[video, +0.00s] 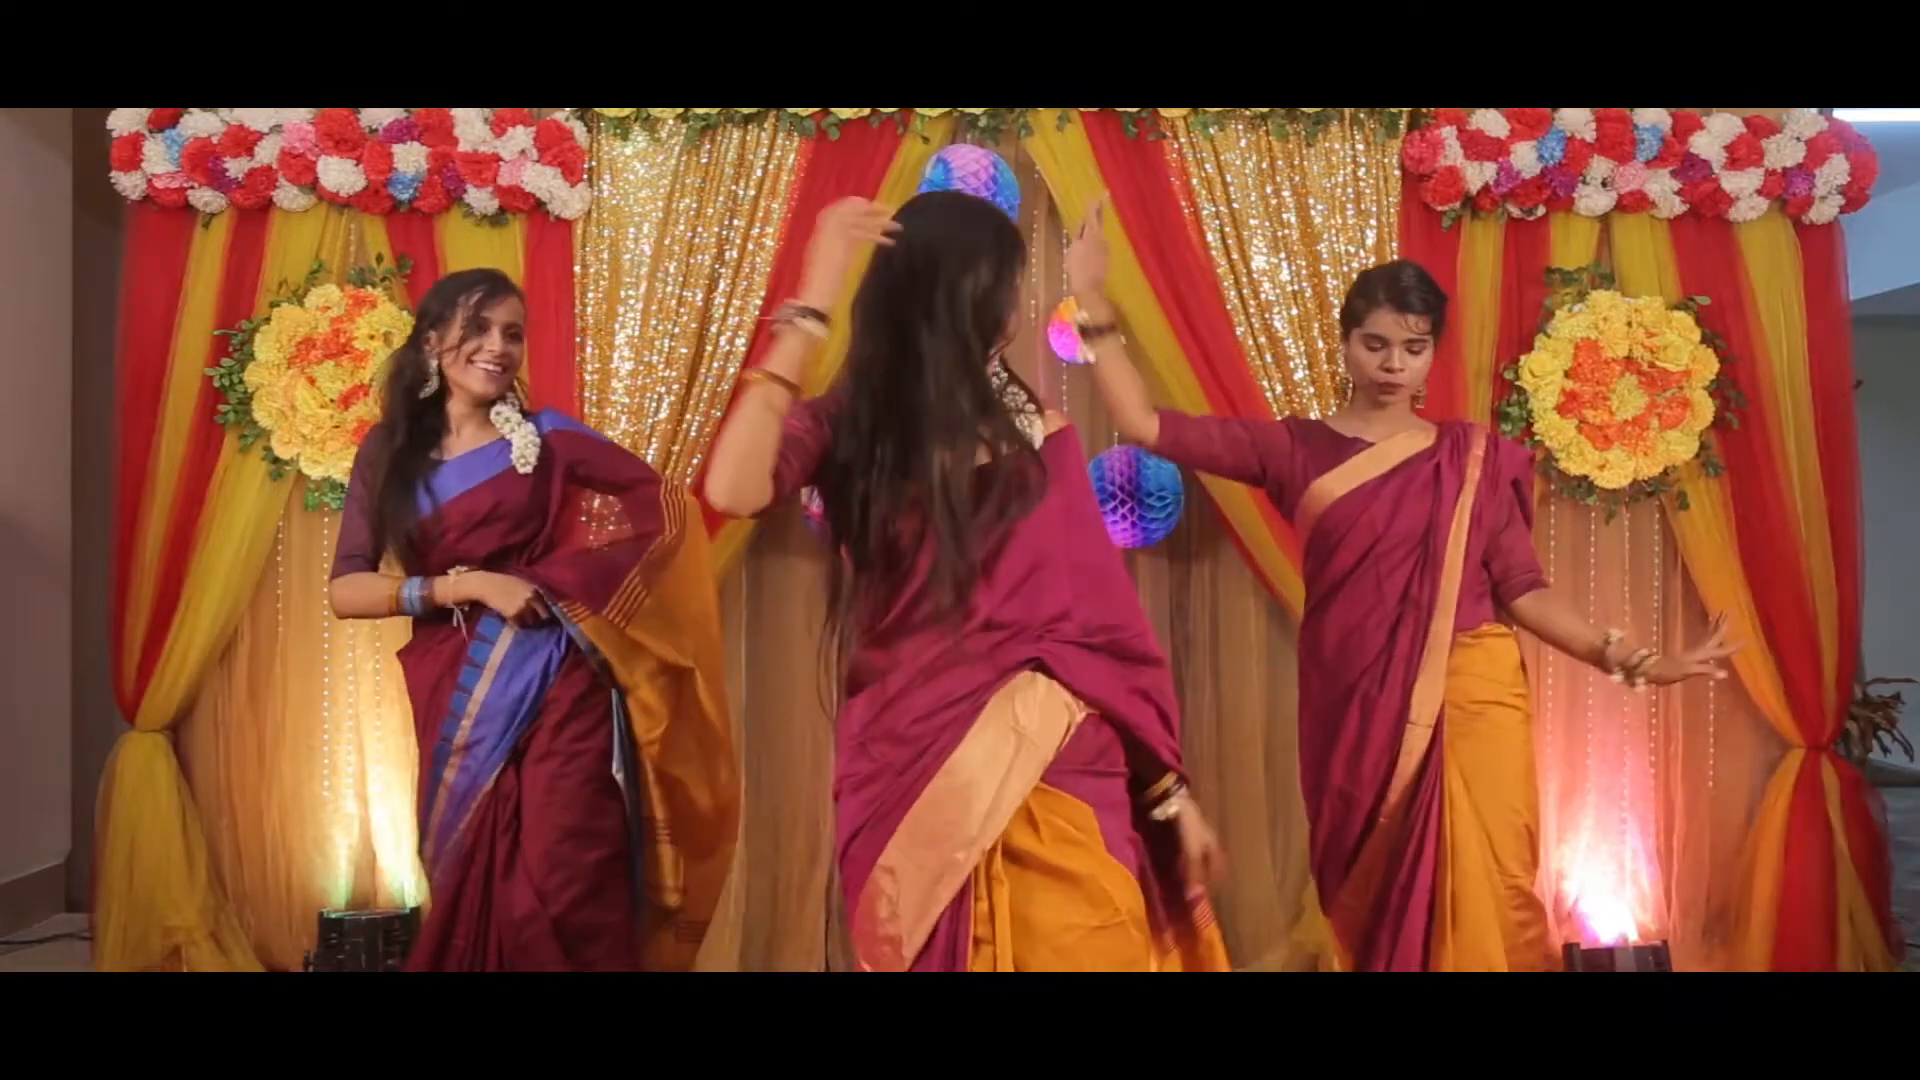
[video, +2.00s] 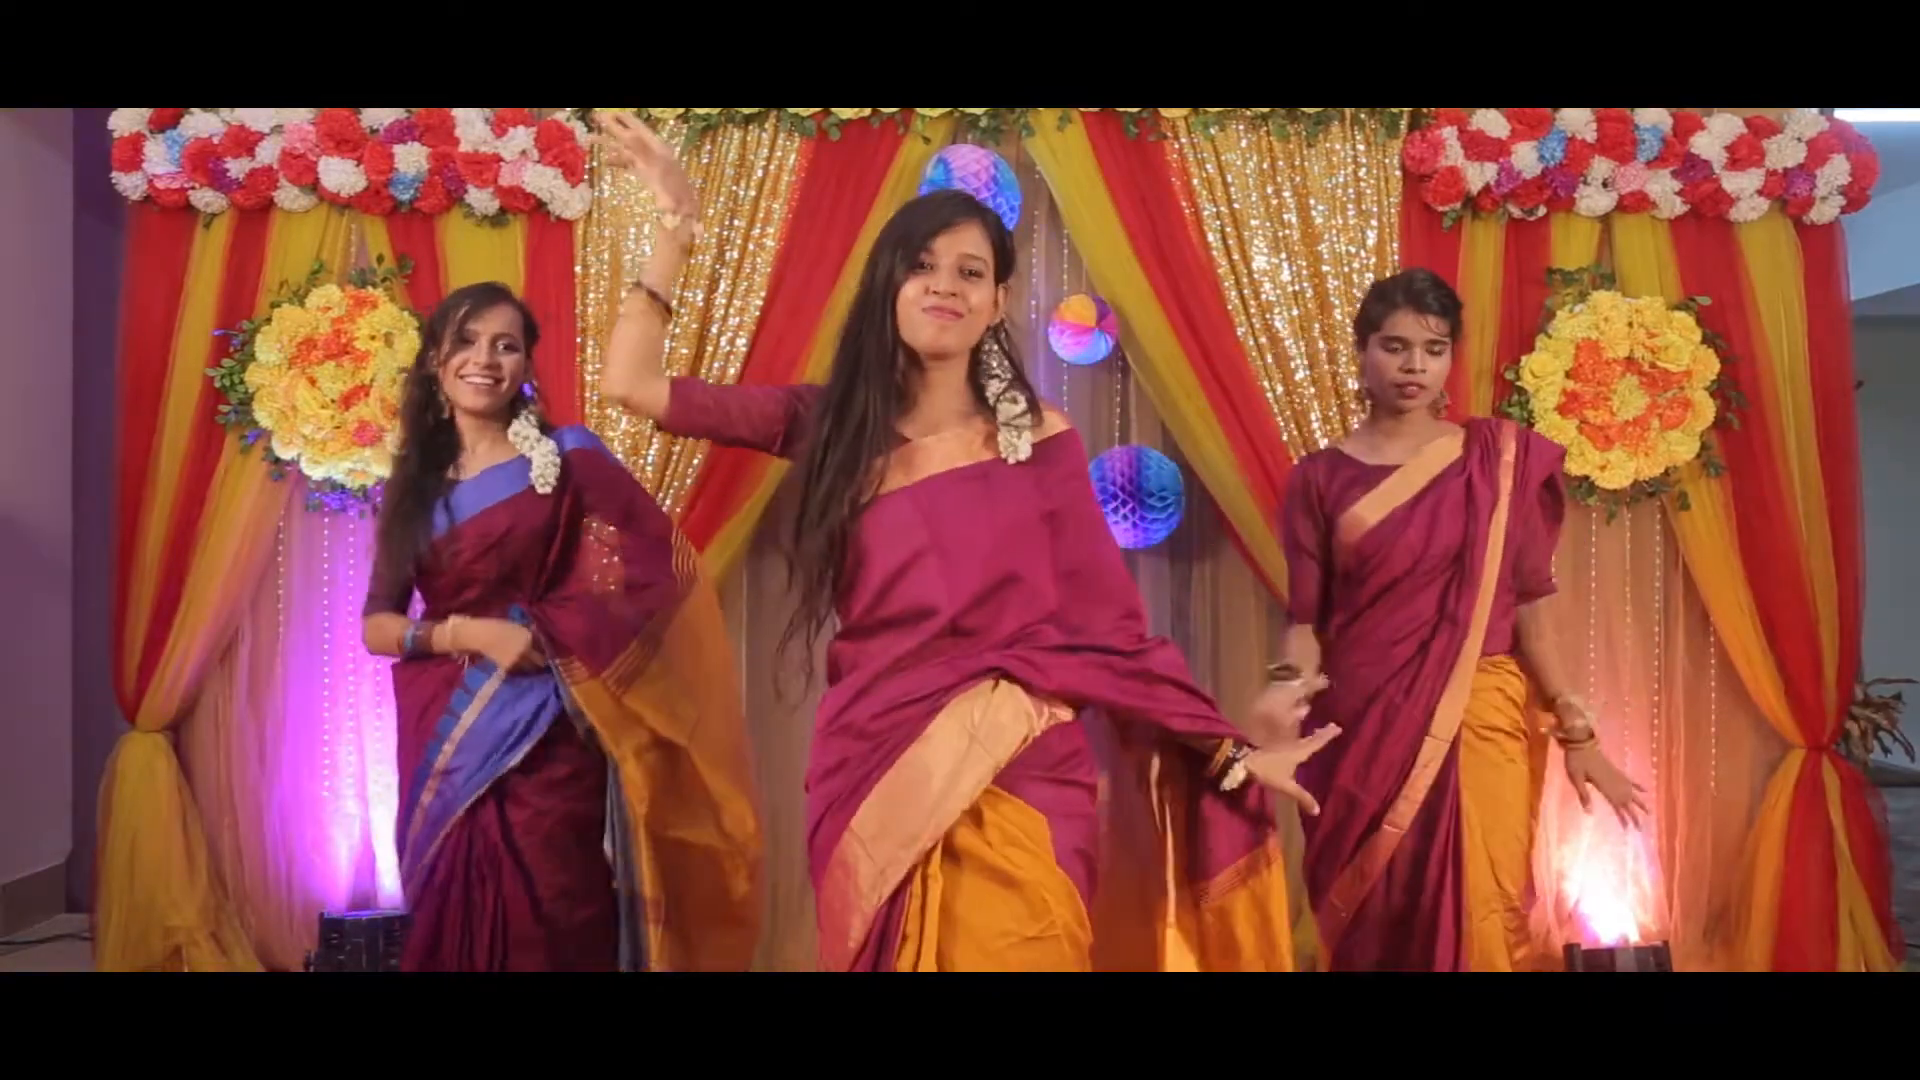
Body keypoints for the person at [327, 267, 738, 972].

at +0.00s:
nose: (499, 347)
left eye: (513, 334)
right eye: (479, 330)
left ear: (525, 348)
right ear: (433, 341)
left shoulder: (547, 434)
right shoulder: (390, 450)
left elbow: (658, 506)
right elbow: (346, 590)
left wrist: (564, 584)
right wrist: (465, 583)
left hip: (563, 686)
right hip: (458, 696)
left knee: (560, 890)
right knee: (471, 896)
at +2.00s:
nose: (484, 359)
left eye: (505, 346)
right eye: (466, 342)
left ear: (526, 367)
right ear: (436, 363)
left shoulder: (567, 454)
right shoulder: (416, 487)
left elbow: (666, 562)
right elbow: (377, 627)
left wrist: (554, 634)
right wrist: (464, 632)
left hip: (551, 724)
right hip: (443, 730)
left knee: (556, 924)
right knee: (453, 920)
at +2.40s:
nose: (489, 358)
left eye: (510, 345)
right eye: (471, 339)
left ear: (531, 369)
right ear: (441, 358)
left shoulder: (570, 460)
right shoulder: (414, 482)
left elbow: (620, 584)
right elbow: (408, 607)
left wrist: (603, 691)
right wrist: (379, 687)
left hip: (540, 735)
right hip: (433, 742)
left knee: (541, 933)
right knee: (440, 933)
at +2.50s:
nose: (494, 349)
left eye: (515, 337)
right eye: (474, 332)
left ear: (535, 365)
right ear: (441, 355)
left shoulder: (574, 455)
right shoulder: (417, 477)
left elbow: (598, 592)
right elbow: (414, 614)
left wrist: (611, 685)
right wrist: (340, 712)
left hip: (545, 732)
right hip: (434, 737)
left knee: (539, 941)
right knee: (438, 937)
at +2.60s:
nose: (500, 332)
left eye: (521, 320)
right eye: (482, 315)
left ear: (540, 344)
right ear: (450, 338)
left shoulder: (579, 442)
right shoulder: (413, 451)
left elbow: (633, 573)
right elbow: (405, 598)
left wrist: (637, 621)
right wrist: (331, 691)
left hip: (559, 711)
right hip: (443, 718)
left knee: (553, 922)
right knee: (449, 920)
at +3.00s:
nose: (530, 357)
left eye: (548, 340)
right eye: (509, 344)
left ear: (574, 362)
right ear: (482, 371)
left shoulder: (614, 474)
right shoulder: (442, 467)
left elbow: (644, 615)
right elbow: (392, 612)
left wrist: (543, 503)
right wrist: (526, 650)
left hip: (580, 741)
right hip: (461, 745)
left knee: (585, 935)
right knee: (465, 930)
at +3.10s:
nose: (525, 352)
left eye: (543, 334)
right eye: (505, 339)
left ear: (573, 353)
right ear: (480, 365)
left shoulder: (619, 461)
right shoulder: (447, 468)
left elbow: (645, 591)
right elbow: (392, 613)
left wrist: (545, 504)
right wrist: (520, 633)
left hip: (572, 727)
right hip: (452, 725)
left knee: (568, 921)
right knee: (452, 919)